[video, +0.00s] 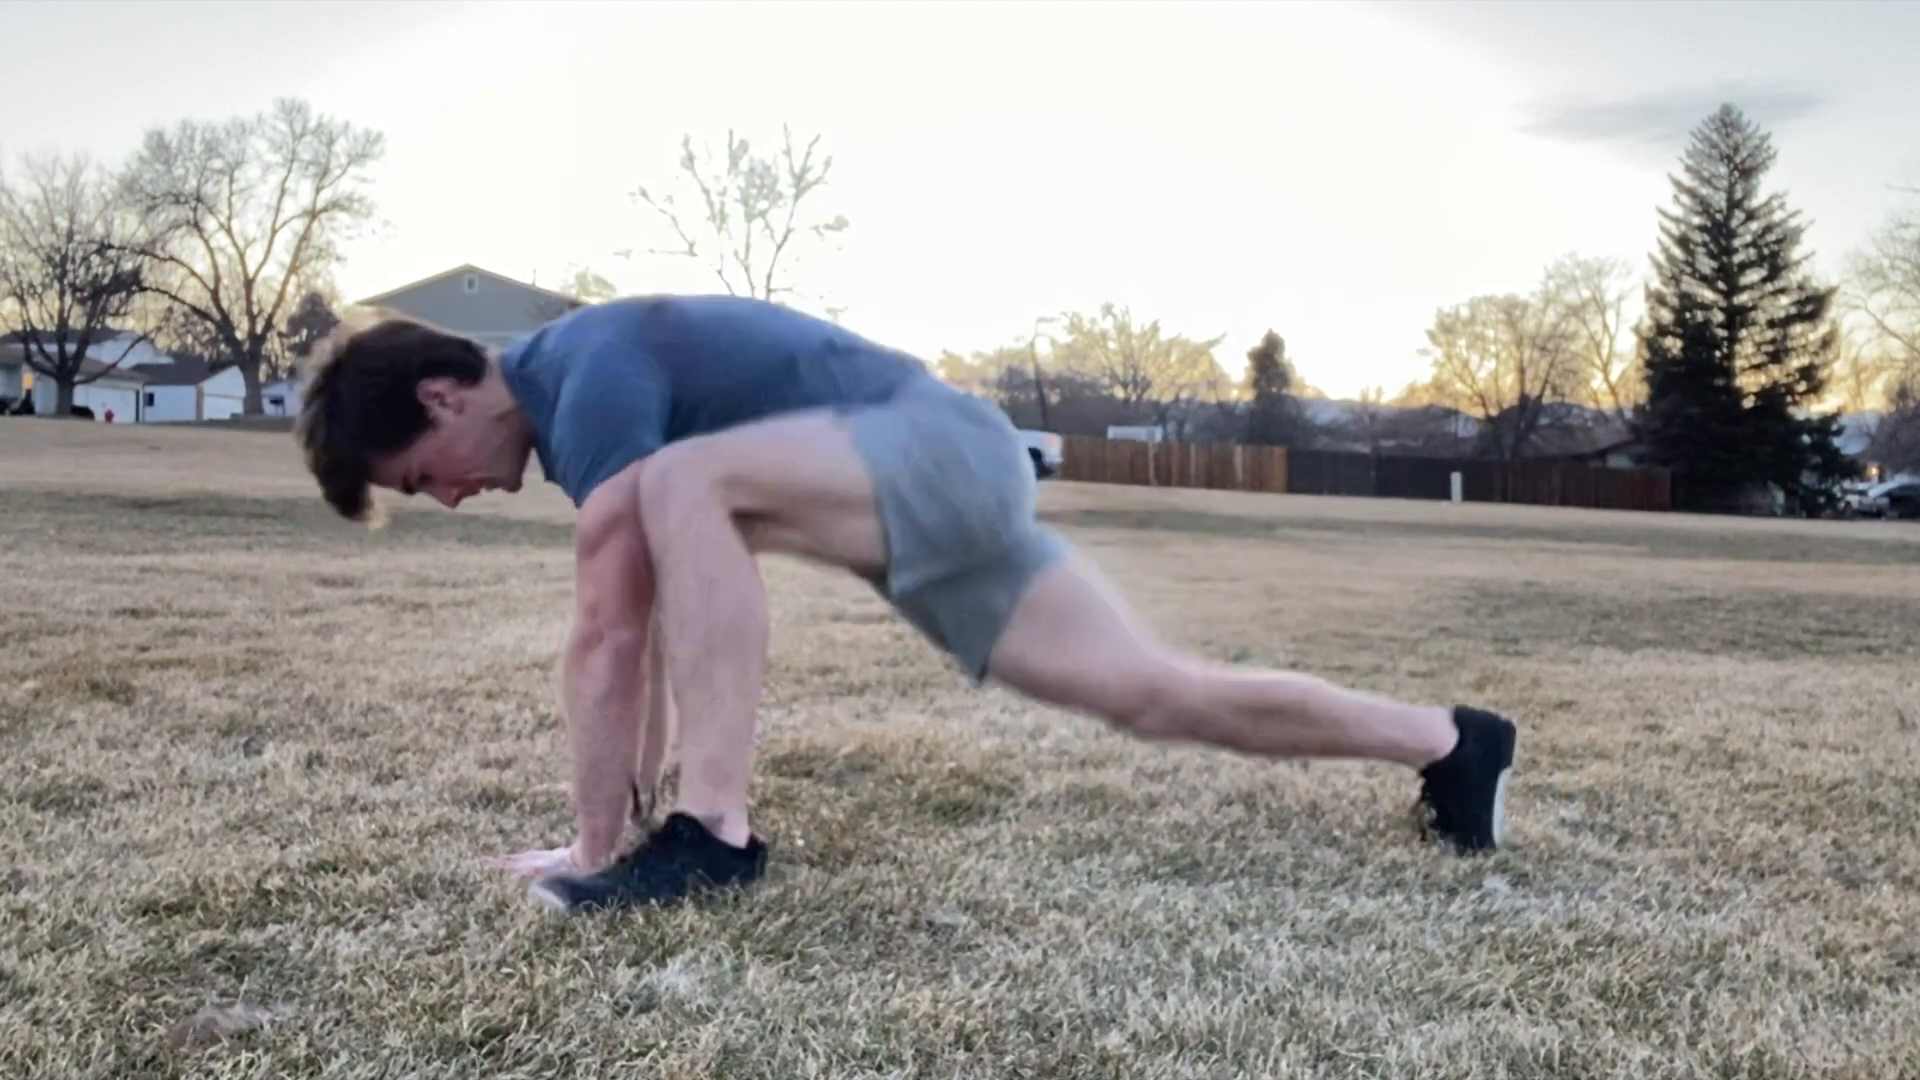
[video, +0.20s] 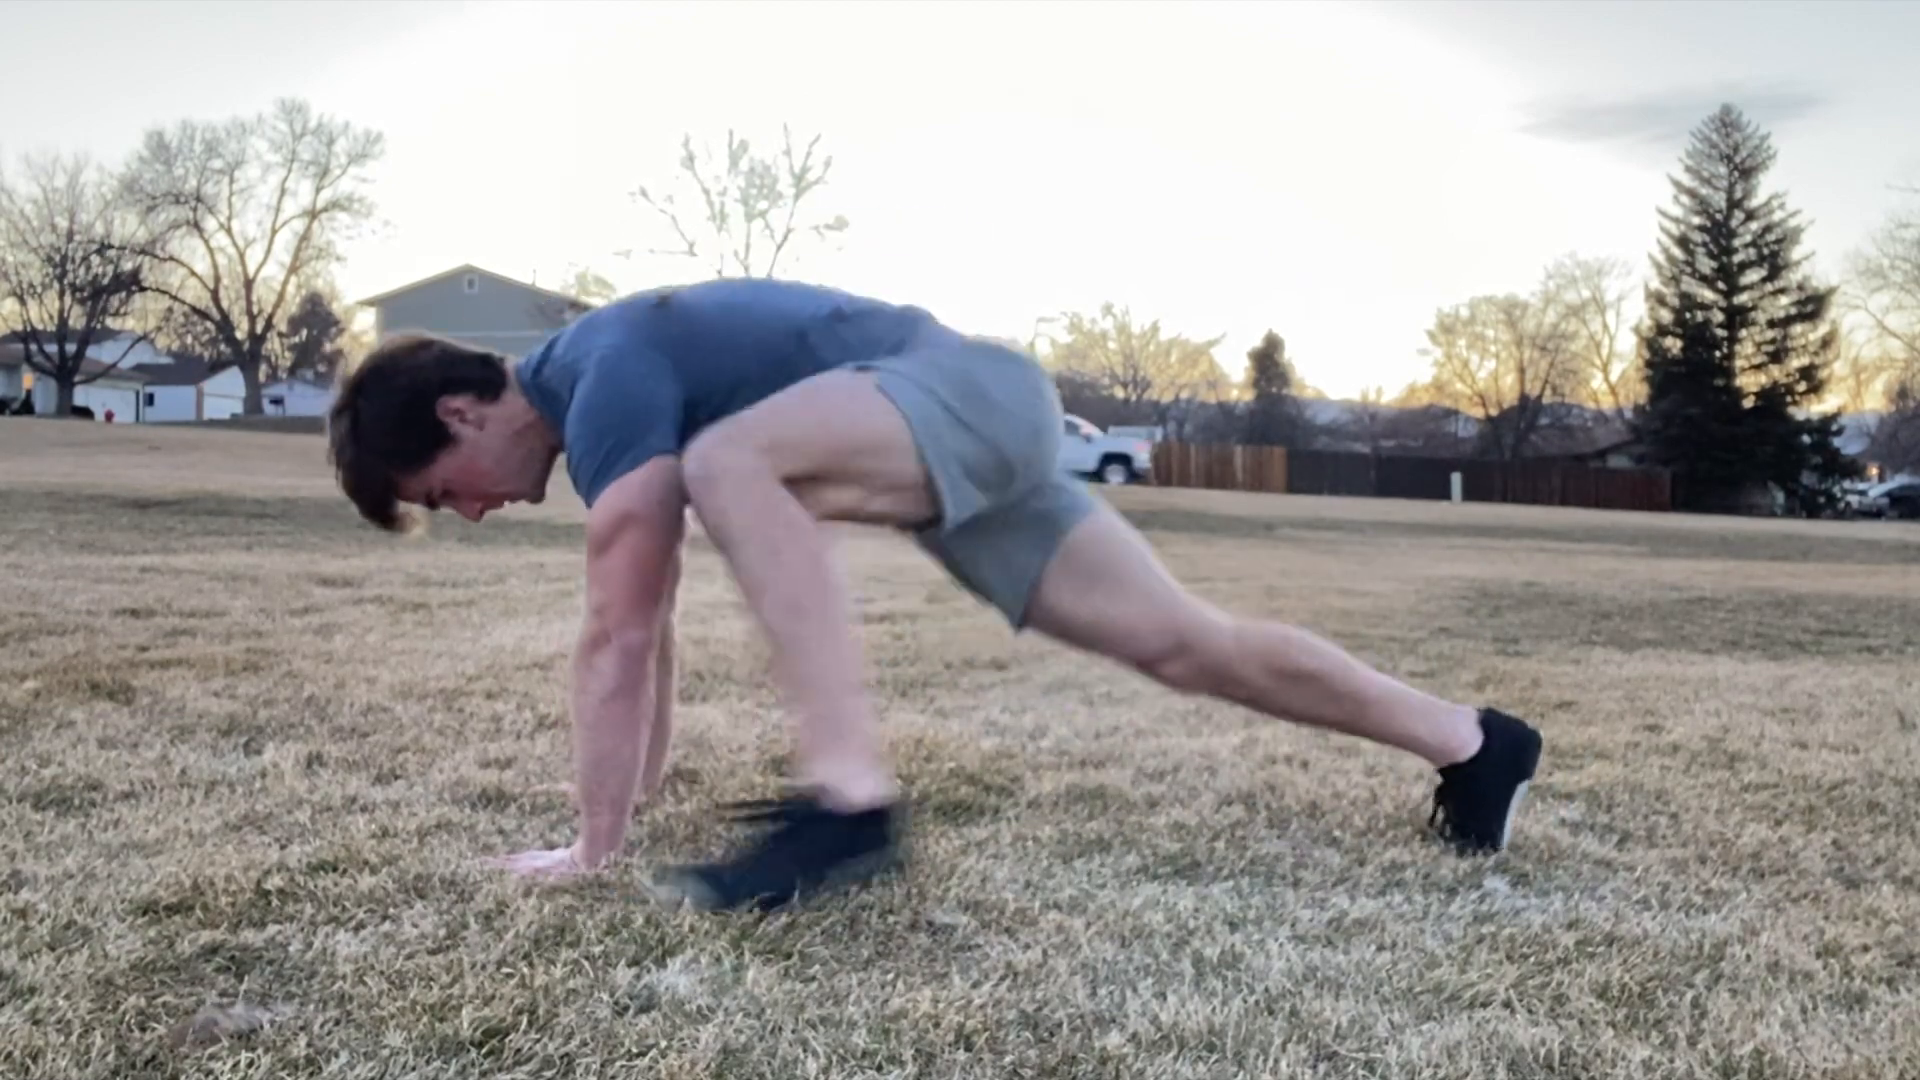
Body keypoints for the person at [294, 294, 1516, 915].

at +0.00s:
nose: (447, 495)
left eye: (424, 473)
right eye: (420, 490)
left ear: (447, 398)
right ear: (449, 402)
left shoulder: (593, 378)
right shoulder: (574, 408)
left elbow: (610, 623)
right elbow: (646, 627)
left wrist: (615, 846)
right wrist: (616, 823)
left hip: (941, 445)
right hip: (941, 509)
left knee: (678, 487)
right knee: (1143, 687)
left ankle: (712, 838)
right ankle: (1446, 743)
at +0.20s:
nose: (468, 512)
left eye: (444, 490)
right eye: (443, 506)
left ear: (468, 416)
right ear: (473, 422)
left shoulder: (613, 369)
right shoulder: (600, 417)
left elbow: (620, 625)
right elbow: (633, 637)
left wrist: (594, 839)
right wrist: (612, 832)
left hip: (969, 384)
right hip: (965, 451)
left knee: (729, 465)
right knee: (1183, 645)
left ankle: (848, 793)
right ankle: (1474, 744)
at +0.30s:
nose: (469, 523)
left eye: (443, 501)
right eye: (440, 516)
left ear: (458, 427)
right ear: (465, 430)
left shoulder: (591, 368)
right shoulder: (591, 400)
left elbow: (615, 621)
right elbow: (630, 621)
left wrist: (594, 847)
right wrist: (641, 789)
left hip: (951, 330)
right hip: (972, 373)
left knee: (841, 562)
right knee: (1187, 592)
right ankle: (1455, 724)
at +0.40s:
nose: (464, 520)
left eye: (437, 498)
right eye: (436, 515)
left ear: (451, 424)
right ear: (459, 426)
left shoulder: (580, 370)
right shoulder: (594, 390)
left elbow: (604, 622)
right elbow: (646, 608)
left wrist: (592, 846)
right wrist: (647, 774)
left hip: (944, 349)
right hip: (963, 354)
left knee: (1055, 663)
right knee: (1175, 588)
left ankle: (1378, 657)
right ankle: (1429, 726)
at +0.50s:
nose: (466, 515)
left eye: (438, 494)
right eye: (437, 510)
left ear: (450, 417)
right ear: (460, 426)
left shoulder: (583, 369)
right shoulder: (599, 393)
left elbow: (613, 611)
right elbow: (651, 613)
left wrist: (597, 835)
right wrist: (642, 781)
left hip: (959, 404)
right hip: (948, 423)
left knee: (1206, 640)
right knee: (1197, 632)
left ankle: (1513, 751)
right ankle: (1483, 743)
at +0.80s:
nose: (550, 518)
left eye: (522, 497)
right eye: (524, 513)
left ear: (529, 423)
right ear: (542, 421)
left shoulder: (658, 368)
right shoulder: (681, 391)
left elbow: (635, 638)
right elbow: (745, 590)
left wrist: (588, 853)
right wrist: (702, 754)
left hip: (1052, 376)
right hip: (1032, 398)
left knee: (1309, 614)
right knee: (1273, 618)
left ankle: (1582, 781)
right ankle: (1515, 757)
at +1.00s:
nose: (723, 570)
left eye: (703, 554)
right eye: (705, 563)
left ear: (699, 485)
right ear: (707, 479)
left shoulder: (795, 426)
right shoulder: (824, 435)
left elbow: (717, 668)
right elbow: (874, 629)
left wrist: (604, 847)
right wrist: (885, 798)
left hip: (1184, 285)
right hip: (1149, 328)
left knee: (1355, 575)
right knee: (1313, 584)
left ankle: (1598, 796)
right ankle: (1525, 775)